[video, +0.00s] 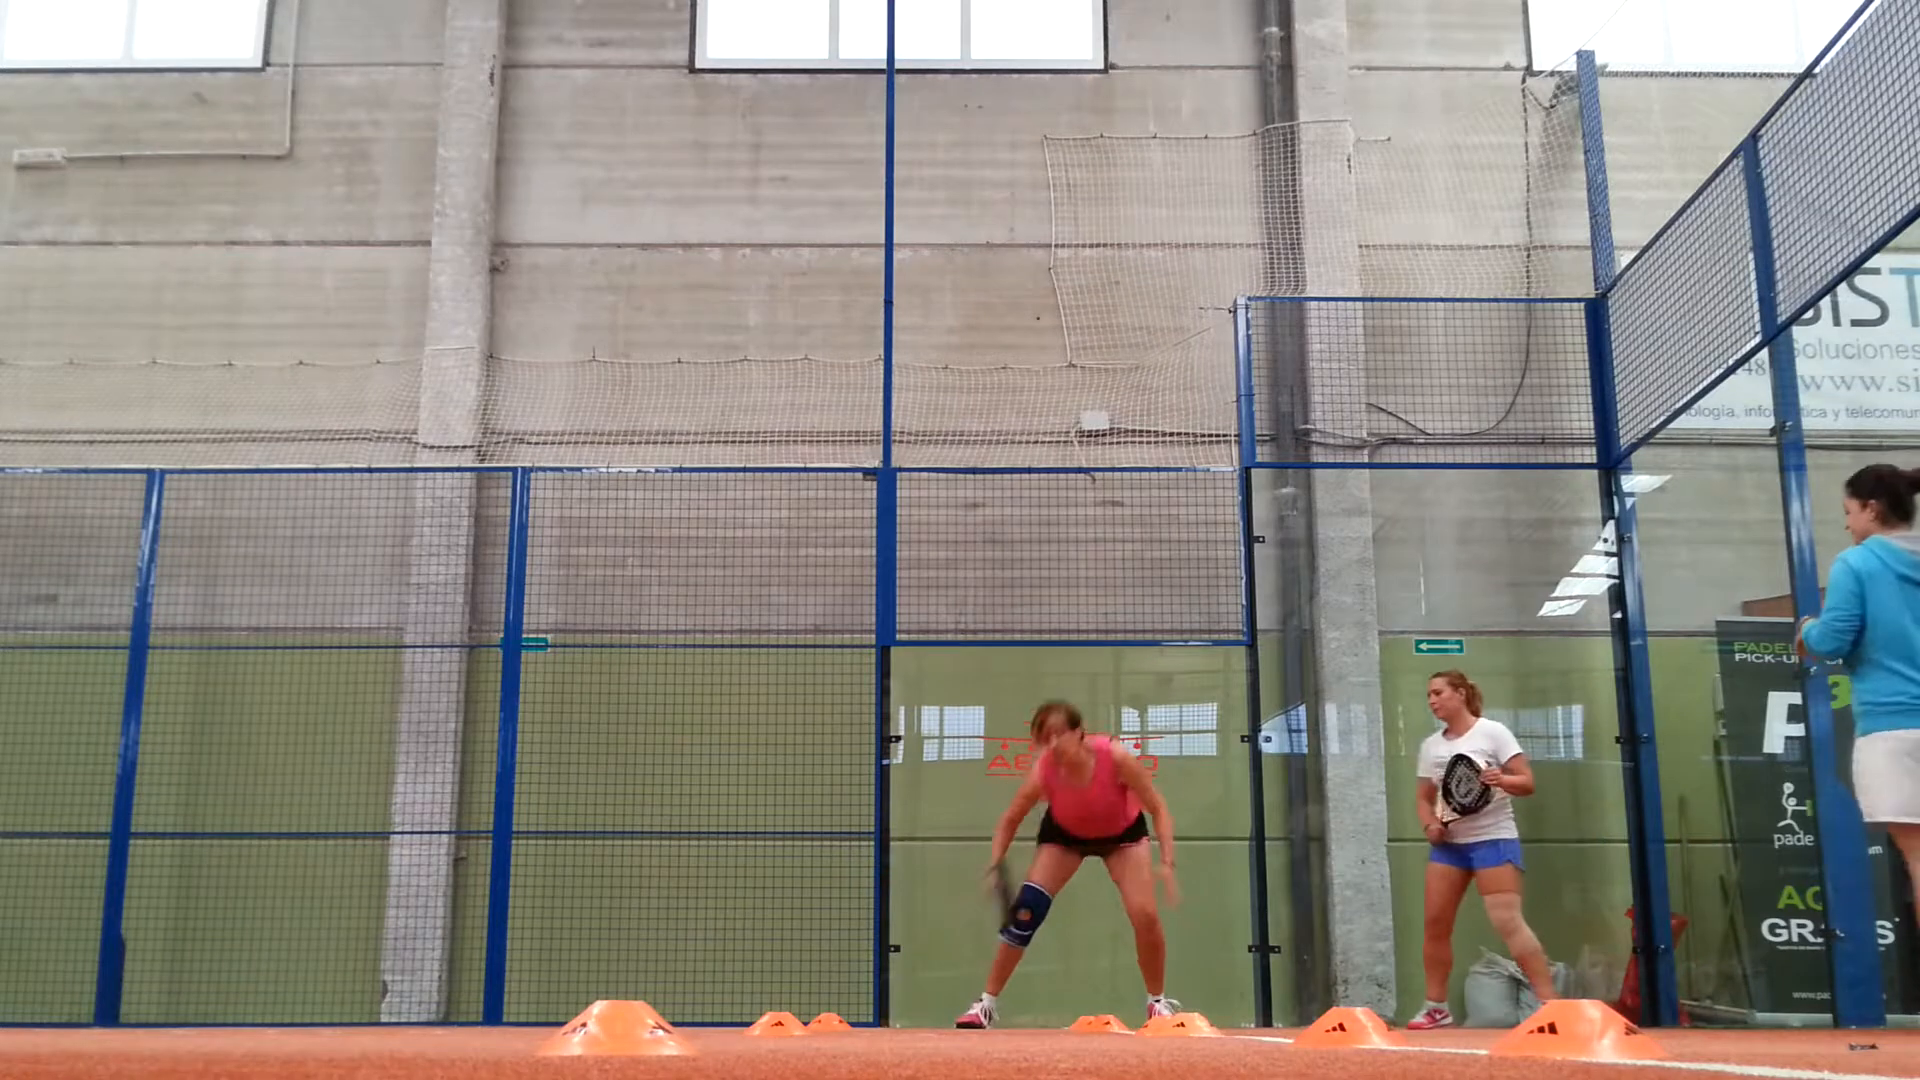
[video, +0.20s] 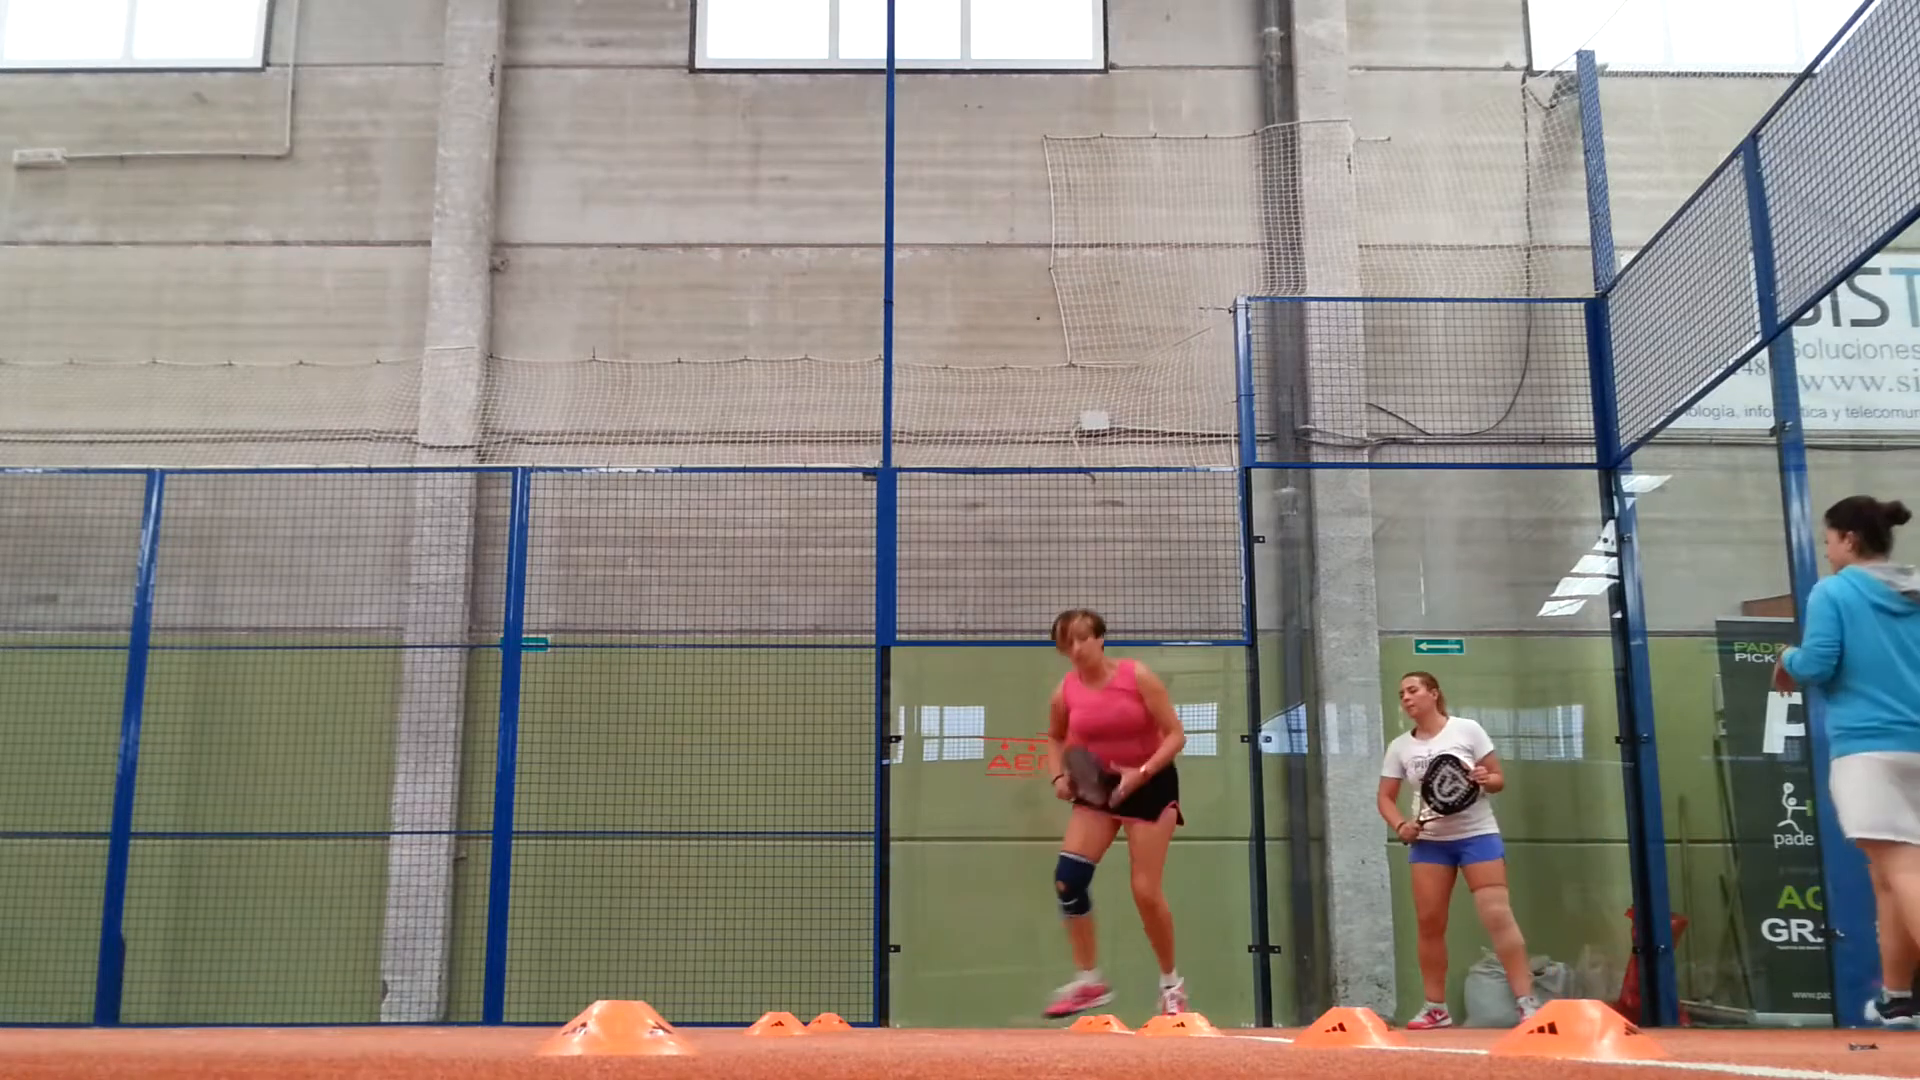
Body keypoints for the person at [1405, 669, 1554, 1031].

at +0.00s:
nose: (1432, 701)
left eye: (1438, 693)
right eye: (1430, 695)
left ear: (1461, 694)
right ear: (1434, 701)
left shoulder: (1494, 733)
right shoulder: (1431, 745)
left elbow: (1527, 783)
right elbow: (1425, 796)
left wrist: (1503, 781)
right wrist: (1430, 823)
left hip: (1493, 840)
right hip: (1450, 843)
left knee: (1507, 922)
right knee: (1435, 922)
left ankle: (1551, 1004)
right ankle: (1436, 1008)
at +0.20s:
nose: (1406, 698)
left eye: (1412, 691)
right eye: (1402, 694)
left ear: (1434, 694)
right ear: (1402, 704)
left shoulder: (1468, 730)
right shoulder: (1400, 746)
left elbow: (1497, 780)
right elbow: (1385, 798)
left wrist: (1486, 780)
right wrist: (1399, 824)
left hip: (1477, 836)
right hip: (1430, 842)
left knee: (1498, 916)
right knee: (1429, 924)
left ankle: (1527, 1003)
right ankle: (1435, 1008)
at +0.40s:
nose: (1401, 699)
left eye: (1407, 692)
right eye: (1396, 696)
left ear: (1428, 696)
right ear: (1396, 706)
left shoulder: (1463, 731)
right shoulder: (1394, 750)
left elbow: (1492, 780)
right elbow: (1377, 799)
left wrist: (1471, 775)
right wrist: (1389, 825)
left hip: (1475, 837)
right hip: (1427, 843)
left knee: (1496, 918)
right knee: (1432, 924)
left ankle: (1522, 1000)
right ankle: (1437, 1009)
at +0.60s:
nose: (1416, 700)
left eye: (1422, 693)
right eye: (1412, 697)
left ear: (1443, 698)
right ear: (1412, 708)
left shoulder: (1475, 731)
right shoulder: (1409, 751)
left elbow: (1501, 784)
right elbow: (1395, 800)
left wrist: (1475, 769)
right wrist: (1403, 822)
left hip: (1483, 839)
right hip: (1436, 843)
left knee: (1498, 922)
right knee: (1439, 925)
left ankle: (1524, 1004)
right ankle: (1437, 1009)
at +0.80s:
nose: (1442, 702)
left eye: (1449, 695)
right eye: (1439, 699)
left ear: (1470, 699)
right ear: (1439, 709)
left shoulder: (1499, 736)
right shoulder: (1436, 750)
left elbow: (1525, 789)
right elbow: (1430, 800)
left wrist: (1495, 775)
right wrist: (1431, 822)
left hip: (1502, 844)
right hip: (1456, 847)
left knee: (1506, 926)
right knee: (1449, 925)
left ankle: (1522, 1007)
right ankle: (1438, 1009)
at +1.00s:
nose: (1466, 701)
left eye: (1472, 695)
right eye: (1462, 697)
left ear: (1494, 701)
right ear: (1461, 706)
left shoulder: (1516, 741)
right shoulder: (1457, 747)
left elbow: (1542, 796)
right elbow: (1455, 795)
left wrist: (1514, 788)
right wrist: (1455, 820)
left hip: (1513, 845)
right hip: (1471, 845)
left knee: (1512, 927)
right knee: (1458, 923)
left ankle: (1522, 1008)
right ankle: (1443, 1005)